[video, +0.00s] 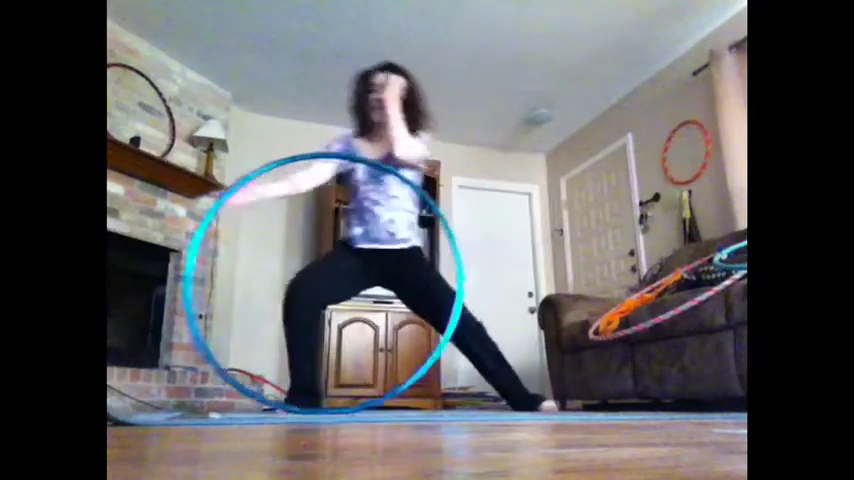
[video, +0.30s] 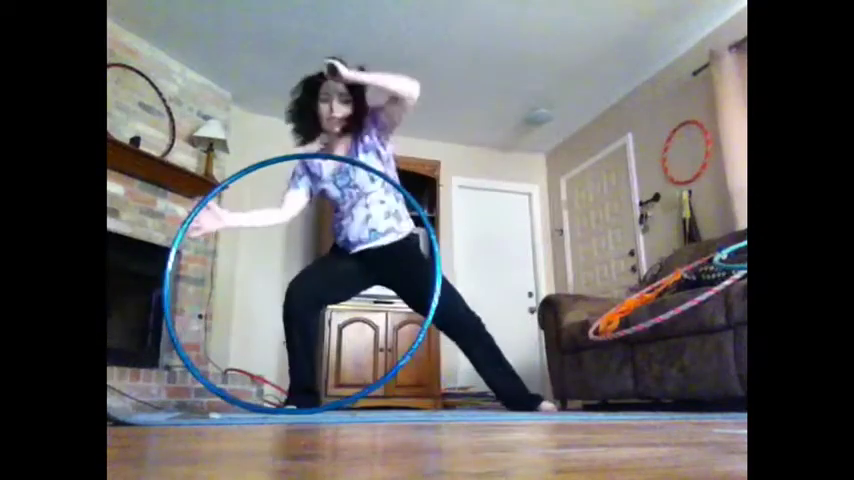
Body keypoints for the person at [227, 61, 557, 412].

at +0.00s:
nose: (382, 99)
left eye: (392, 92)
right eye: (375, 92)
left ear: (407, 101)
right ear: (364, 100)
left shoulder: (417, 143)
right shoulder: (347, 145)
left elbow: (403, 151)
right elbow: (296, 180)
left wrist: (394, 103)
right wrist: (233, 197)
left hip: (405, 259)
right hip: (354, 256)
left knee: (463, 325)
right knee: (302, 293)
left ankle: (525, 402)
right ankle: (303, 398)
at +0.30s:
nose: (334, 107)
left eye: (343, 100)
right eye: (325, 100)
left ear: (356, 105)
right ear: (313, 108)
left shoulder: (375, 134)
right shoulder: (309, 161)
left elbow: (409, 92)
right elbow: (284, 213)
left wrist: (358, 77)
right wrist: (226, 219)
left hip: (403, 253)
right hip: (352, 259)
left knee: (465, 325)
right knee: (300, 296)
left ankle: (523, 403)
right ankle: (304, 399)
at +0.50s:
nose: (354, 127)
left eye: (360, 118)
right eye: (344, 120)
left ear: (369, 119)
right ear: (327, 127)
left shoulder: (384, 137)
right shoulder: (325, 180)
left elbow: (413, 82)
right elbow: (315, 235)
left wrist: (395, 55)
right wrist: (266, 216)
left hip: (415, 262)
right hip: (367, 268)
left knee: (488, 317)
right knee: (320, 299)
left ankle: (526, 402)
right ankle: (305, 398)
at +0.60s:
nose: (380, 138)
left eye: (383, 129)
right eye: (369, 132)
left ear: (390, 129)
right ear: (349, 140)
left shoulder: (403, 146)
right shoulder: (350, 192)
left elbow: (432, 91)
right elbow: (346, 243)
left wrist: (454, 40)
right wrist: (308, 210)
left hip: (432, 270)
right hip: (383, 276)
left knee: (507, 314)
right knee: (333, 305)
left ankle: (530, 402)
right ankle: (304, 401)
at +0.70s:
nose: (396, 142)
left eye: (402, 134)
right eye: (386, 136)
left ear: (411, 136)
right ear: (370, 142)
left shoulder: (425, 153)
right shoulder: (369, 194)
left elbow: (457, 101)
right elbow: (374, 245)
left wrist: (491, 55)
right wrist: (343, 205)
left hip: (445, 275)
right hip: (396, 279)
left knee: (520, 313)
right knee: (347, 306)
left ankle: (532, 402)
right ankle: (306, 400)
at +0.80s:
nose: (421, 149)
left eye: (427, 141)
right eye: (412, 141)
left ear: (435, 143)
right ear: (394, 147)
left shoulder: (448, 156)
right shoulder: (386, 189)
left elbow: (490, 112)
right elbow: (403, 248)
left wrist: (535, 75)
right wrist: (382, 199)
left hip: (459, 282)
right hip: (409, 283)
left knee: (534, 312)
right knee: (360, 314)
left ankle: (536, 404)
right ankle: (306, 400)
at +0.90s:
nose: (451, 154)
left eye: (460, 149)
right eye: (443, 148)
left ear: (469, 154)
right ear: (428, 154)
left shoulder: (481, 174)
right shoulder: (427, 198)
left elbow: (531, 146)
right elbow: (439, 253)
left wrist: (584, 133)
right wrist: (447, 207)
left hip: (478, 291)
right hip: (431, 291)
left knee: (549, 310)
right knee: (370, 334)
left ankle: (537, 401)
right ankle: (307, 404)